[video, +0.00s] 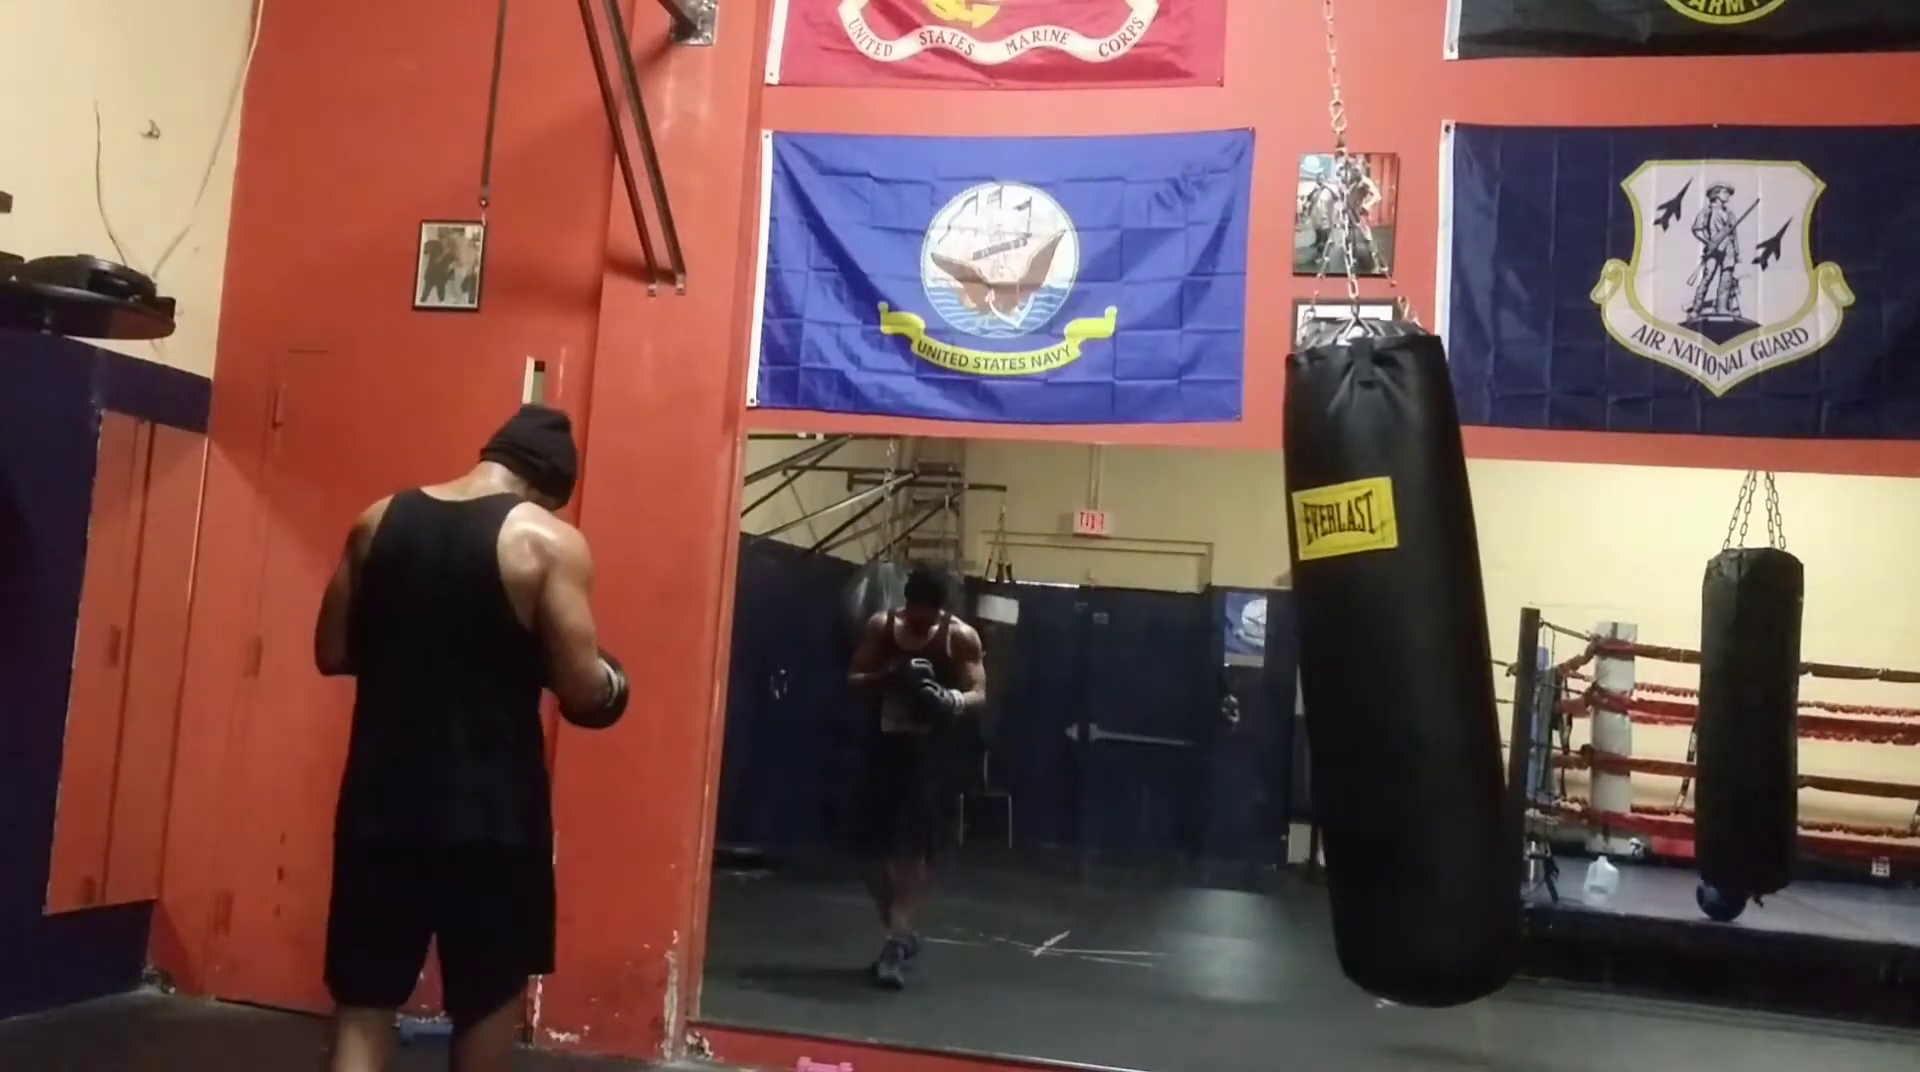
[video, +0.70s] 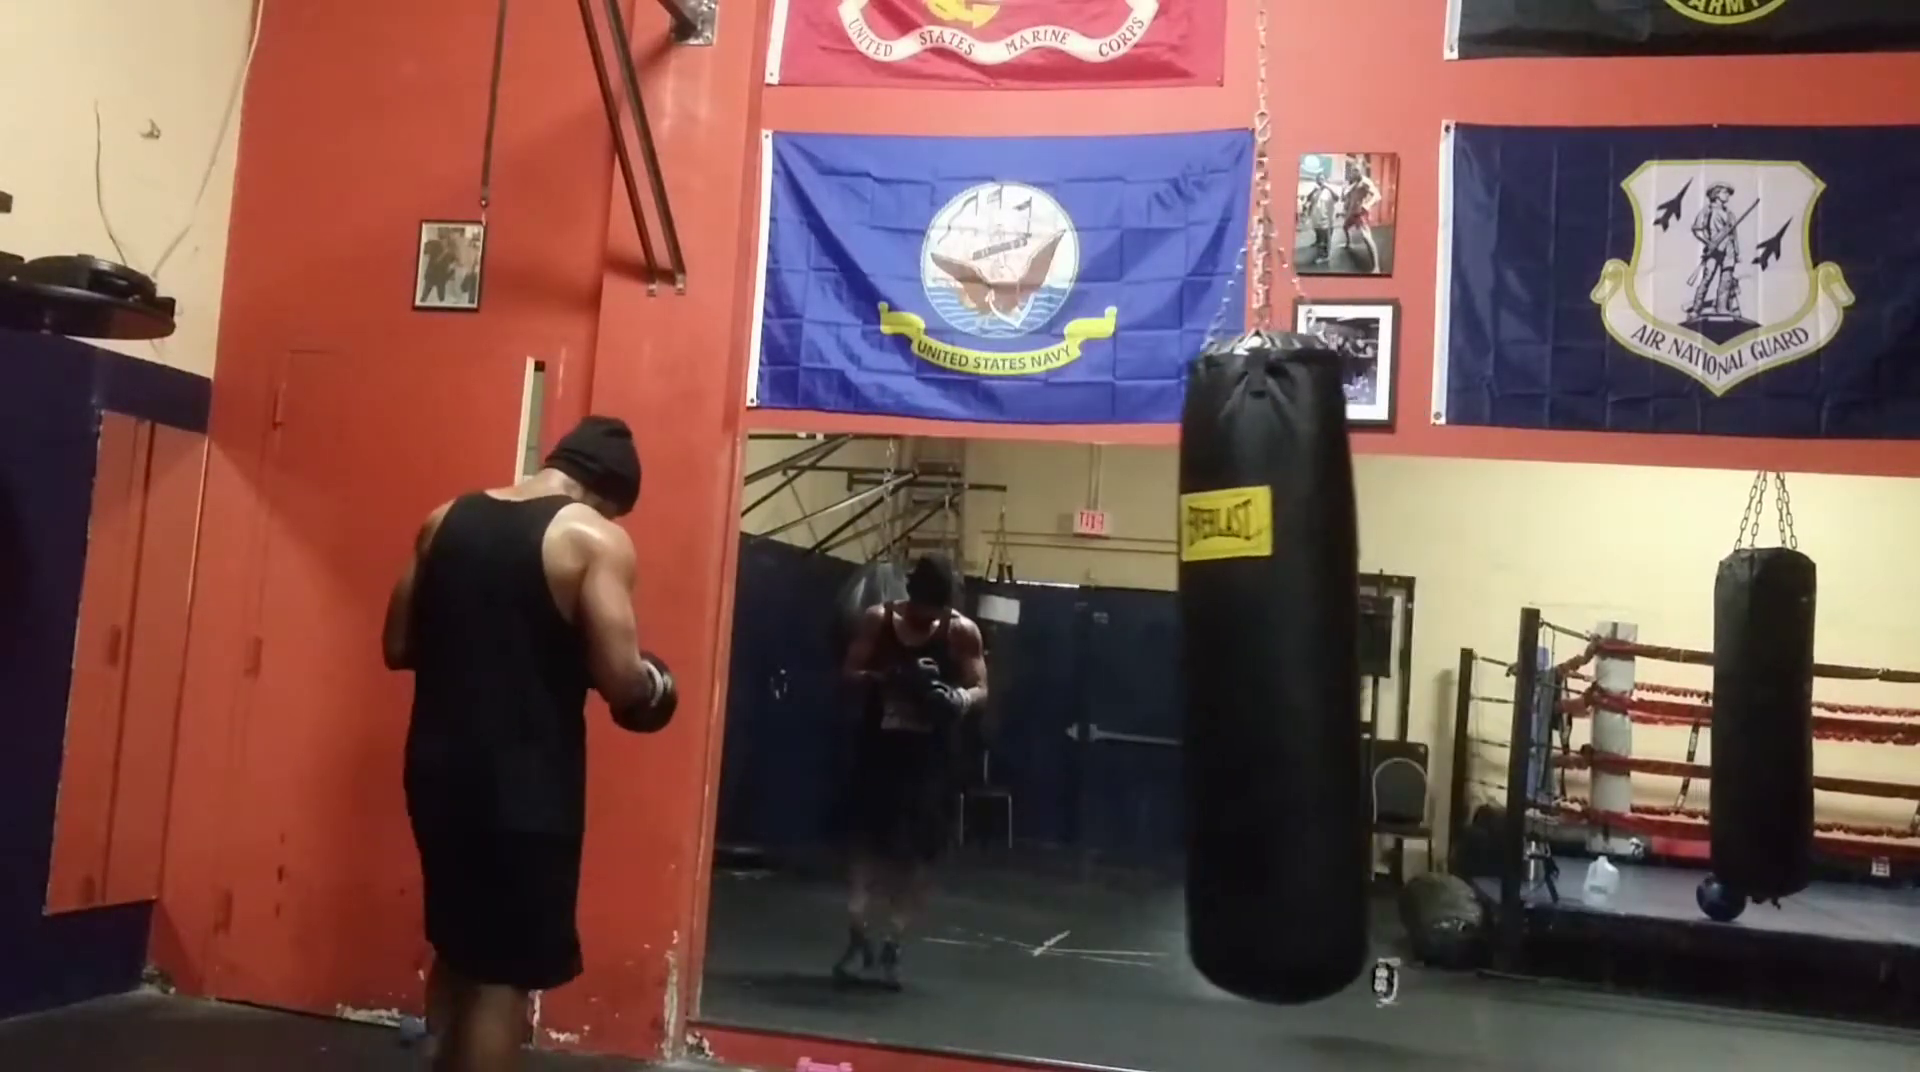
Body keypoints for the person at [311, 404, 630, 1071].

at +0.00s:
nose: (559, 503)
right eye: (561, 492)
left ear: (490, 455)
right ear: (557, 482)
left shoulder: (381, 518)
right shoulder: (550, 541)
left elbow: (333, 653)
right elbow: (582, 694)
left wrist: (417, 635)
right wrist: (612, 686)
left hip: (381, 806)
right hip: (492, 816)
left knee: (362, 1014)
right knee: (489, 1019)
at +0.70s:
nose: (609, 520)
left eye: (612, 509)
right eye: (615, 509)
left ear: (553, 462)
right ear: (614, 493)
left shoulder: (447, 518)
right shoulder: (597, 538)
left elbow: (399, 648)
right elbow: (622, 681)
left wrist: (482, 629)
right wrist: (651, 691)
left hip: (438, 774)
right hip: (527, 786)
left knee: (455, 963)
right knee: (503, 983)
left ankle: (444, 1057)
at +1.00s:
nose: (624, 526)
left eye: (629, 514)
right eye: (629, 513)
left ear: (567, 471)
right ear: (620, 492)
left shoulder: (467, 526)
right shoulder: (602, 542)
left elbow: (421, 654)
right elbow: (620, 678)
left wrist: (507, 635)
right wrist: (660, 684)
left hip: (464, 793)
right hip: (546, 802)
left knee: (481, 976)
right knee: (522, 987)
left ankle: (485, 1064)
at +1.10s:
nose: (628, 530)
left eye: (633, 518)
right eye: (631, 517)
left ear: (566, 478)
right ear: (621, 498)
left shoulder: (471, 536)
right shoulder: (603, 548)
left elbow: (427, 661)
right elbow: (623, 682)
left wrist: (516, 637)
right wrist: (666, 688)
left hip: (466, 798)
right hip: (552, 807)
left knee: (490, 974)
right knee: (538, 989)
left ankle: (493, 1062)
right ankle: (502, 1063)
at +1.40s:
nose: (649, 531)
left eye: (655, 519)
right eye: (654, 517)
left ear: (595, 476)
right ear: (642, 496)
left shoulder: (496, 524)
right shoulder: (621, 544)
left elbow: (442, 647)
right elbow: (632, 674)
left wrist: (528, 636)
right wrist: (673, 691)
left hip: (474, 778)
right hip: (554, 791)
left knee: (499, 964)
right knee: (514, 970)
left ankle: (504, 1061)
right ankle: (491, 1066)